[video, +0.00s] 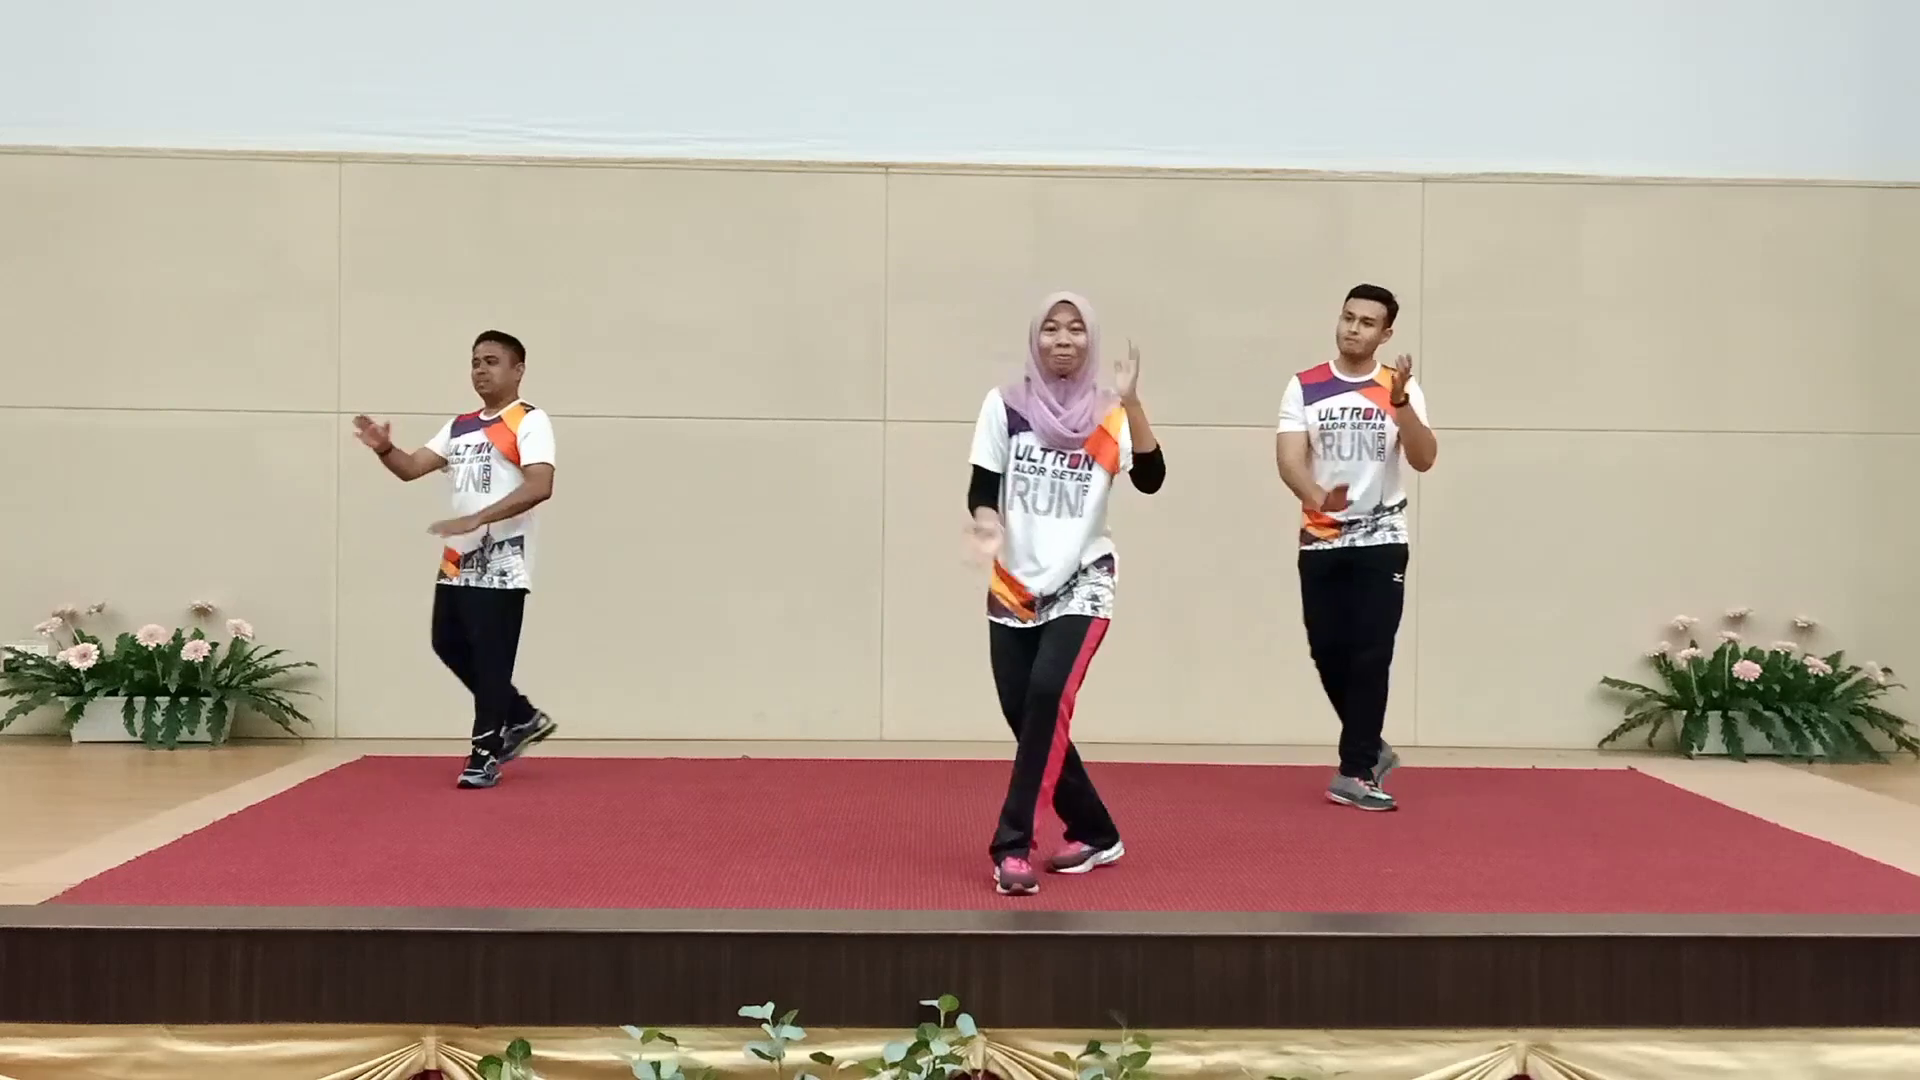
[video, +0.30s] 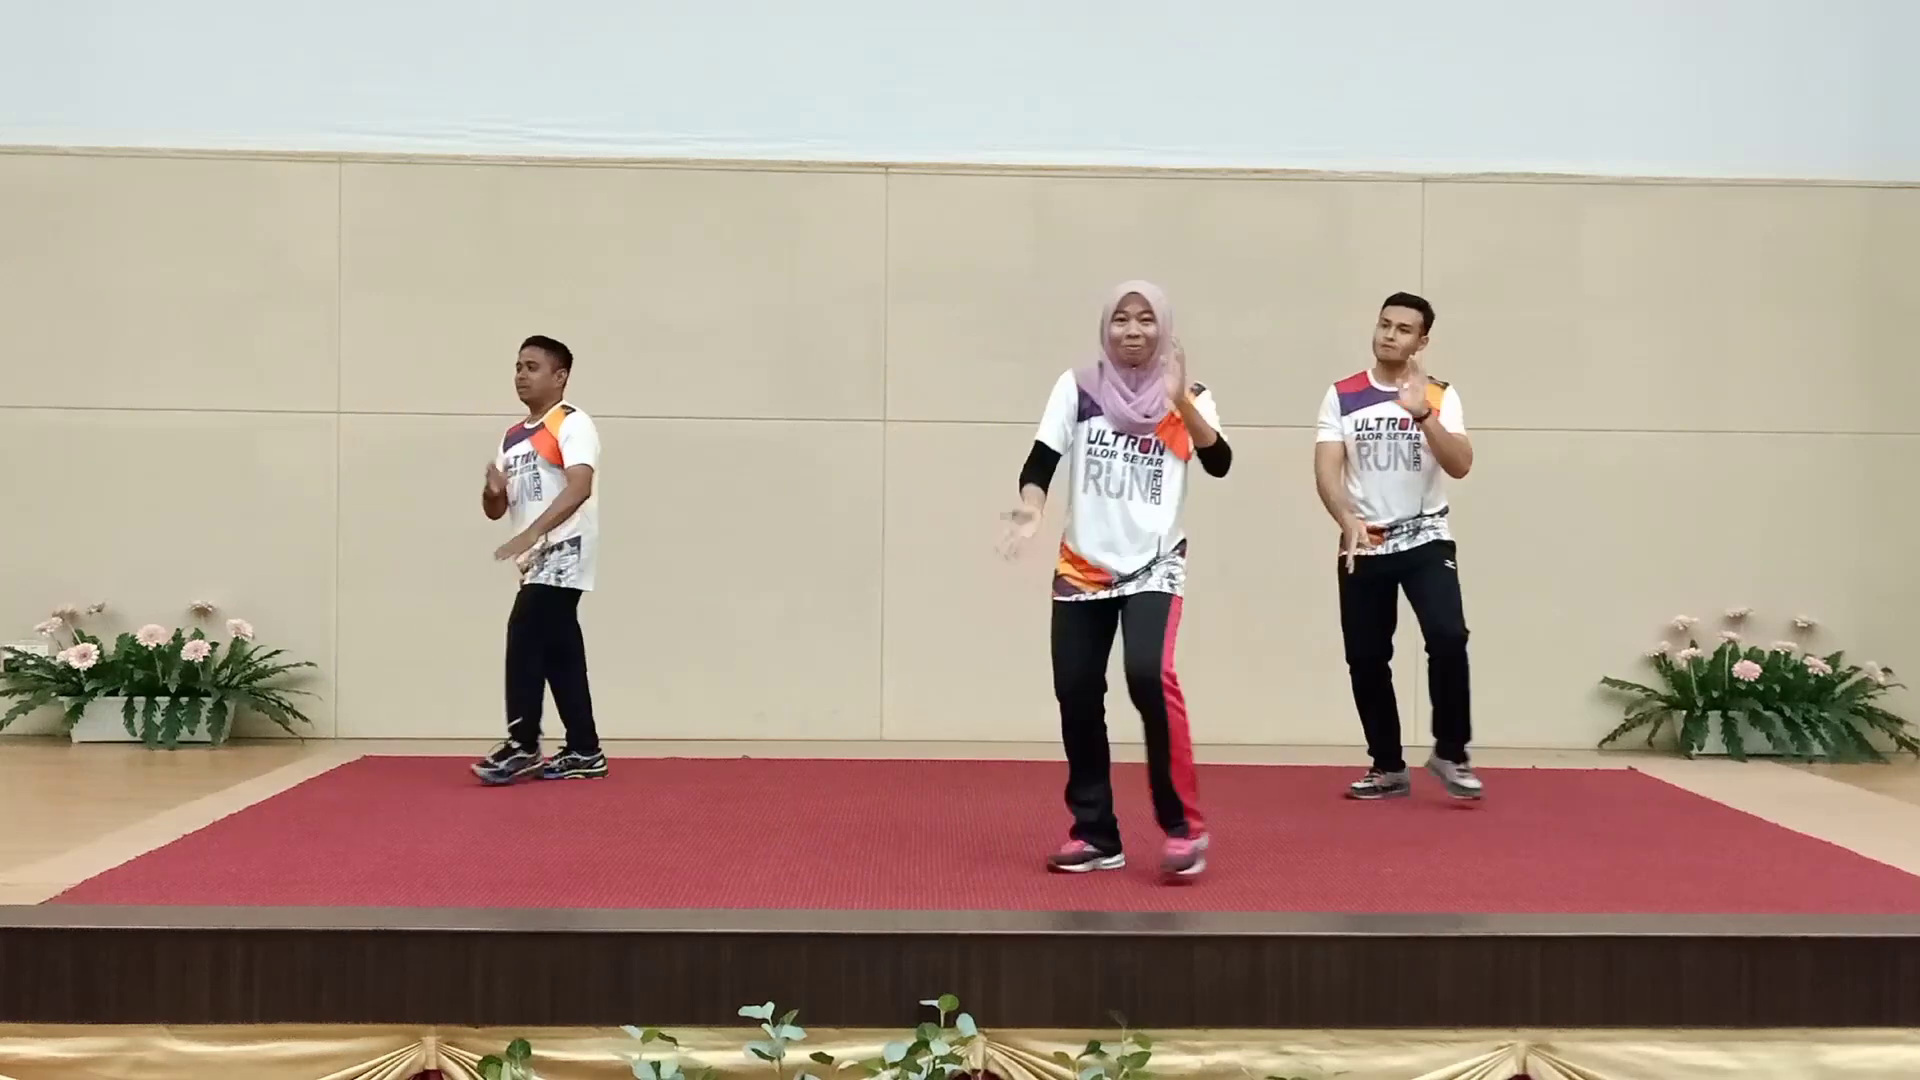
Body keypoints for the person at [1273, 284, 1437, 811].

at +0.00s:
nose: (1355, 329)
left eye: (1368, 322)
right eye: (1349, 318)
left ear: (1385, 333)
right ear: (1337, 322)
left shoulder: (1401, 389)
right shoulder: (1305, 386)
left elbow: (1423, 459)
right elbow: (1290, 460)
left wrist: (1400, 401)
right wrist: (1315, 495)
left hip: (1379, 539)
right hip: (1321, 542)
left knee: (1369, 658)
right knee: (1329, 656)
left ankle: (1352, 775)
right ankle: (1373, 749)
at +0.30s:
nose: (1390, 336)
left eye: (1403, 329)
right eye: (1385, 326)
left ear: (1422, 340)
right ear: (1373, 330)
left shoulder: (1440, 397)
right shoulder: (1341, 396)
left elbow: (1459, 465)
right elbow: (1327, 472)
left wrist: (1424, 414)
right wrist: (1348, 519)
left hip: (1425, 539)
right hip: (1364, 546)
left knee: (1449, 638)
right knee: (1366, 661)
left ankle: (1450, 756)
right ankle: (1388, 768)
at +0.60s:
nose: (1453, 332)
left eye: (1467, 326)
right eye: (1449, 322)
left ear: (1487, 338)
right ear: (1438, 327)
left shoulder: (1501, 397)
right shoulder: (1403, 387)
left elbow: (1515, 473)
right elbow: (1372, 456)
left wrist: (1469, 454)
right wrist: (1383, 453)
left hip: (1476, 549)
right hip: (1410, 549)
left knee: (1508, 658)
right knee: (1394, 660)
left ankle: (1548, 774)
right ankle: (1389, 769)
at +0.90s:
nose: (1512, 325)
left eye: (1525, 318)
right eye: (1509, 316)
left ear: (1551, 329)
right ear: (1502, 322)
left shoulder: (1567, 394)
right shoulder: (1476, 379)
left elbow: (1576, 473)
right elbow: (1434, 435)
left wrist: (1540, 516)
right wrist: (1447, 375)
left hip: (1530, 550)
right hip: (1468, 536)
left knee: (1540, 664)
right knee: (1411, 625)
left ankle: (1550, 777)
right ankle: (1387, 740)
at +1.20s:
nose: (1522, 342)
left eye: (1534, 334)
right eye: (1518, 333)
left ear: (1561, 344)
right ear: (1512, 339)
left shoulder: (1579, 411)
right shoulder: (1485, 397)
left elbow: (1585, 495)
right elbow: (1451, 462)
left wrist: (1543, 524)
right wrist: (1465, 395)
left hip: (1541, 561)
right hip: (1479, 558)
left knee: (1540, 676)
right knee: (1445, 663)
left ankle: (1549, 779)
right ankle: (1403, 769)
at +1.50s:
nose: (1490, 327)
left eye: (1501, 319)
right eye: (1487, 319)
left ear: (1532, 327)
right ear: (1483, 327)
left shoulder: (1558, 391)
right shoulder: (1469, 383)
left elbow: (1567, 469)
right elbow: (1424, 449)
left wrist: (1525, 434)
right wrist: (1452, 406)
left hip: (1524, 544)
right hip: (1460, 534)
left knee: (1536, 663)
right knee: (1410, 627)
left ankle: (1548, 777)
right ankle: (1381, 740)